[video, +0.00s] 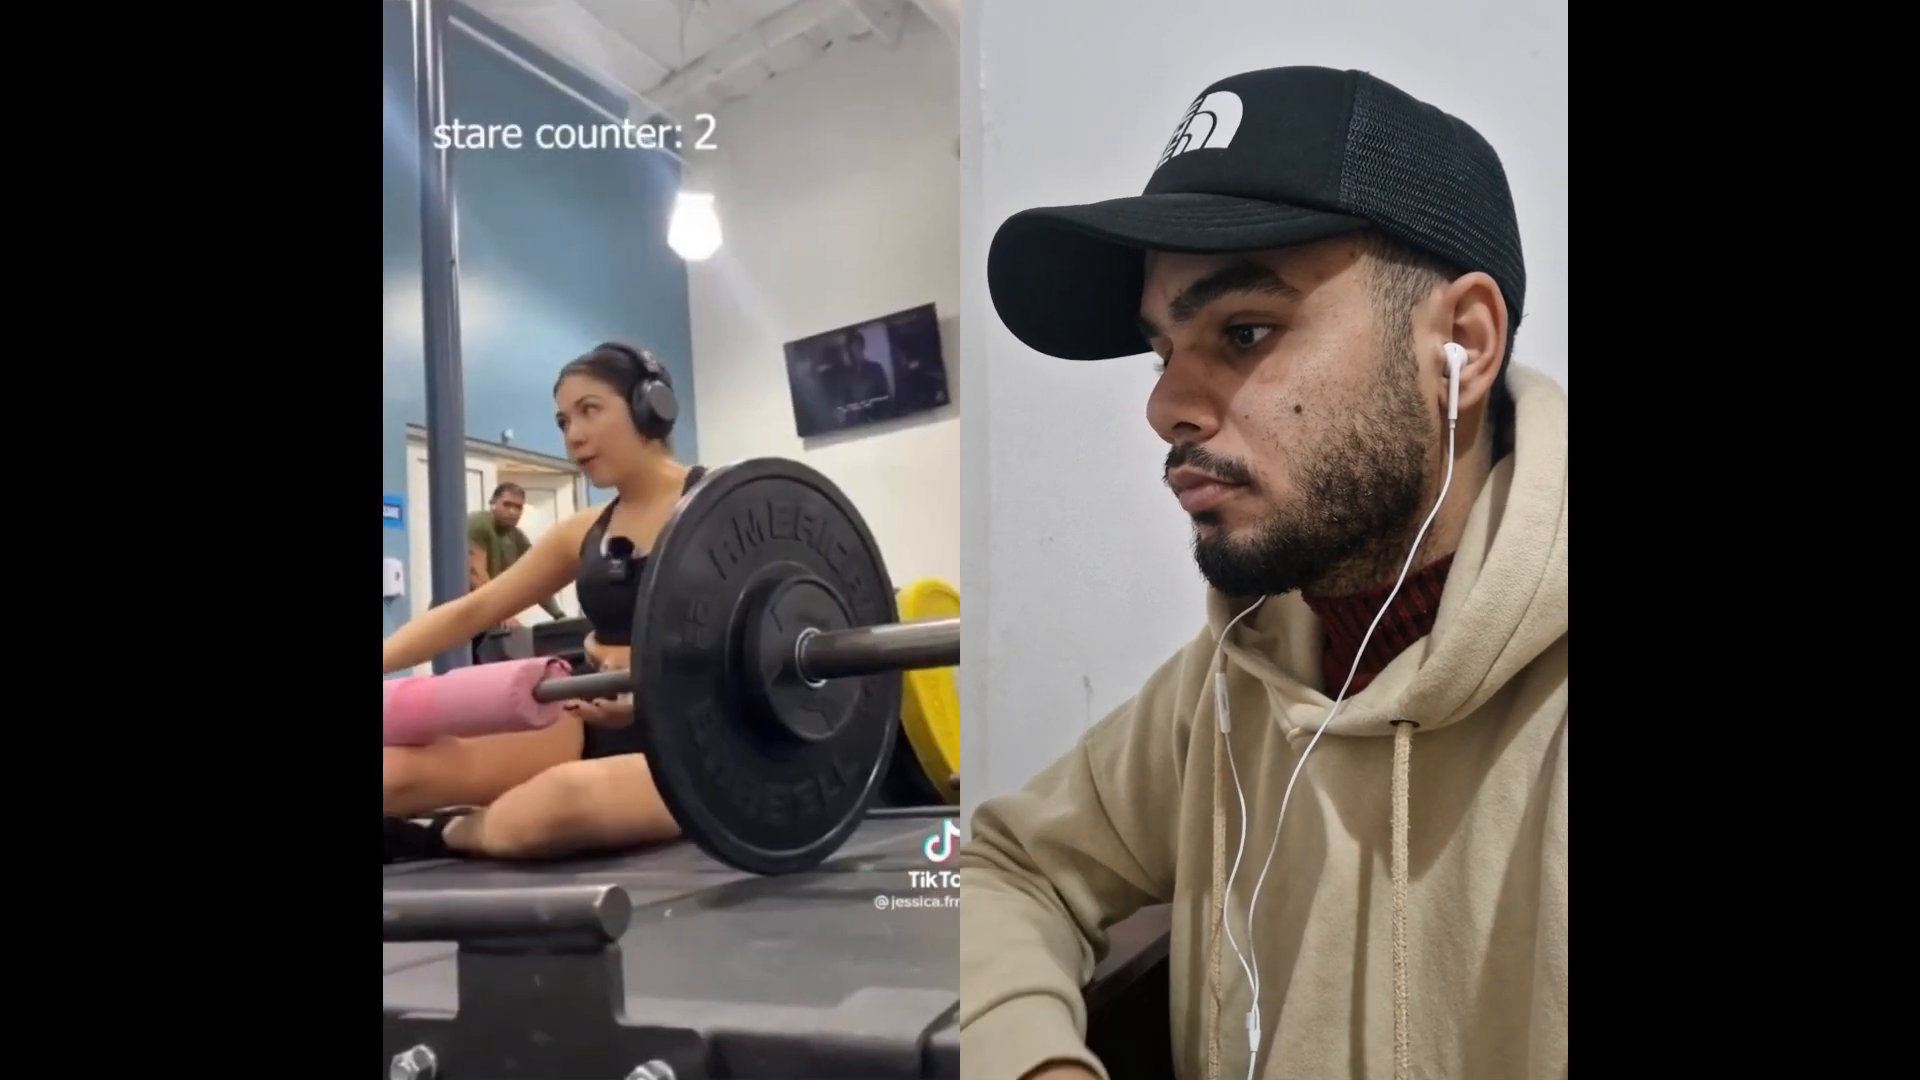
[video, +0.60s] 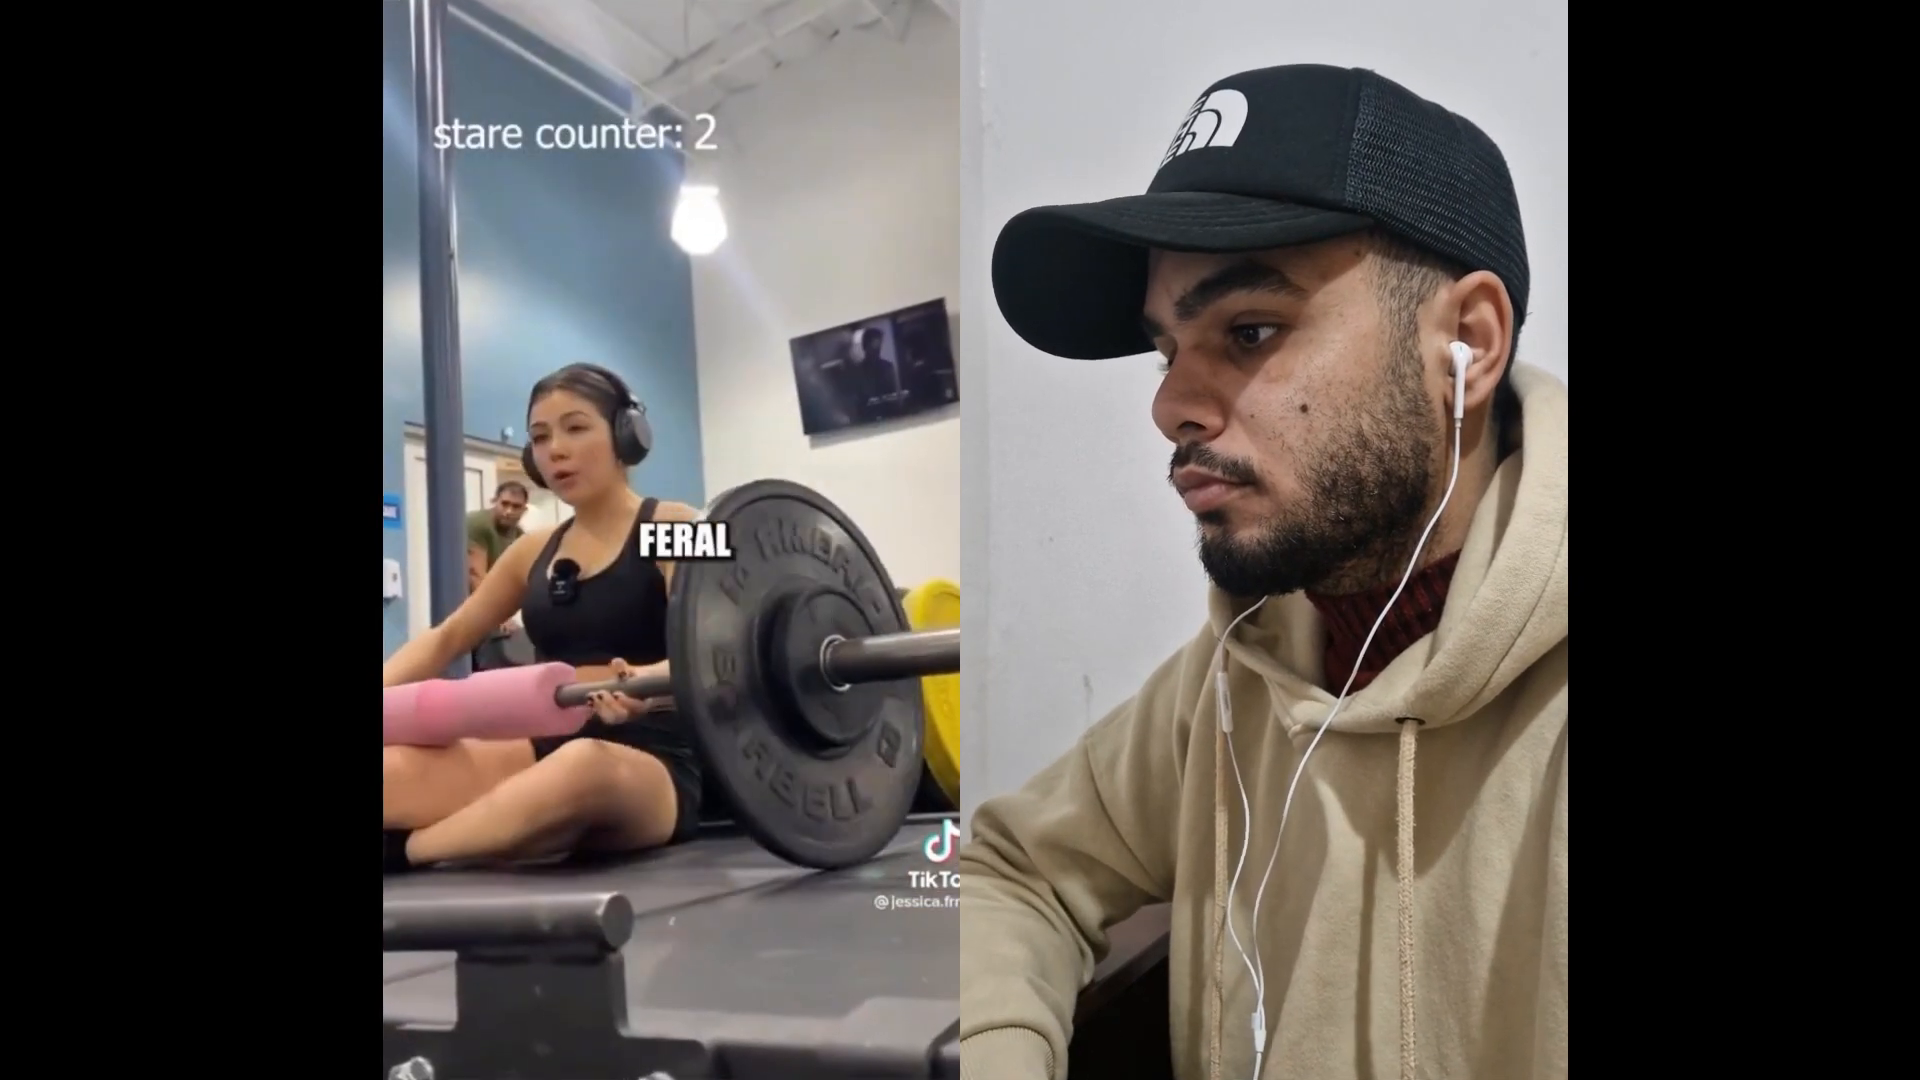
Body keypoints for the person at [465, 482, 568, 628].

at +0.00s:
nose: (512, 512)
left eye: (517, 507)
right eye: (507, 505)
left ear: (522, 510)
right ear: (493, 503)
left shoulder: (518, 538)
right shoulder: (478, 525)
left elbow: (535, 579)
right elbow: (476, 575)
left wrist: (558, 615)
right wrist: (502, 613)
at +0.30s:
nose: (509, 511)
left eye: (515, 507)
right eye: (504, 504)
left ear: (521, 510)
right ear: (491, 503)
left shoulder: (517, 536)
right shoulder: (476, 525)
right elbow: (476, 574)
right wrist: (499, 613)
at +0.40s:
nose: (508, 511)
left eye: (515, 507)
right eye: (503, 504)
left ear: (521, 510)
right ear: (492, 503)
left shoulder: (516, 536)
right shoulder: (477, 524)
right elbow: (476, 572)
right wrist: (499, 613)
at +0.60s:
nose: (509, 512)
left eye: (516, 507)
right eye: (504, 504)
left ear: (524, 509)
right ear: (495, 502)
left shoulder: (520, 537)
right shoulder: (478, 525)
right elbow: (476, 575)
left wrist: (507, 614)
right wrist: (500, 616)